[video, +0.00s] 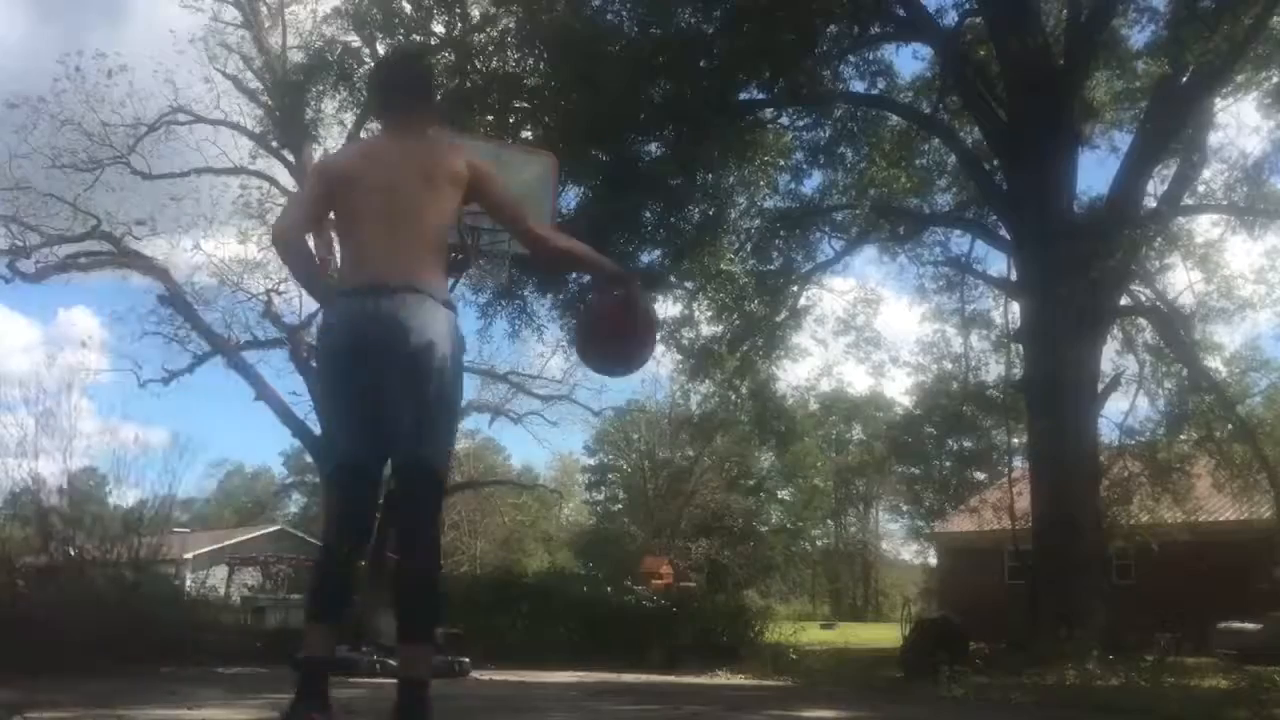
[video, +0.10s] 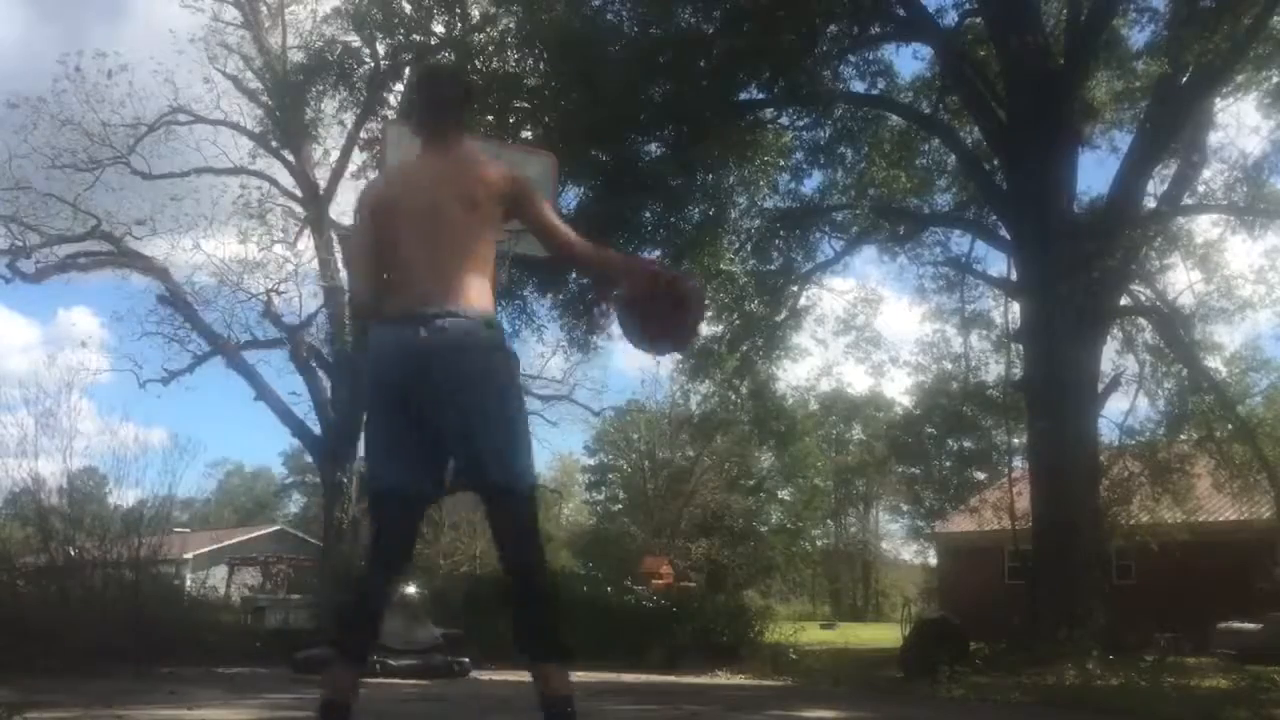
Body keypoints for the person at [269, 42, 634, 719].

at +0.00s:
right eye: (428, 99)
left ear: (374, 102)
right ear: (432, 100)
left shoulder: (335, 164)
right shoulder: (455, 157)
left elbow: (286, 234)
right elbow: (536, 236)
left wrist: (329, 297)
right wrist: (612, 268)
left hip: (346, 321)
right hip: (423, 323)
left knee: (344, 516)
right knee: (419, 512)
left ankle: (311, 691)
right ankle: (414, 694)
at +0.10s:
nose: (426, 120)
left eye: (420, 109)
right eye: (447, 108)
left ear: (412, 118)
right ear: (468, 113)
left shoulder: (379, 192)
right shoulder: (499, 175)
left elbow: (365, 296)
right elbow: (571, 247)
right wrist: (644, 271)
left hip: (393, 354)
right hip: (472, 350)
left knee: (388, 543)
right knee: (517, 531)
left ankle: (339, 692)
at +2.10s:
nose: (996, 74)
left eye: (999, 63)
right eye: (997, 63)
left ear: (1019, 66)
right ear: (1077, 68)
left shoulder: (1005, 147)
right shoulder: (1116, 156)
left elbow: (995, 277)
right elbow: (1116, 262)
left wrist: (970, 399)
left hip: (1060, 344)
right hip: (1133, 343)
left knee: (1091, 526)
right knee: (1078, 521)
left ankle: (1134, 697)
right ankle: (1055, 687)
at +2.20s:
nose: (1028, 68)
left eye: (1032, 57)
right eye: (1031, 58)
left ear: (1047, 57)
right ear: (1104, 61)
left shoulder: (1031, 133)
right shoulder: (1140, 142)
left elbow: (1020, 262)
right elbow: (1133, 247)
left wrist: (988, 375)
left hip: (1083, 341)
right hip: (1161, 341)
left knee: (1091, 537)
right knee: (1109, 534)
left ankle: (1129, 700)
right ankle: (1118, 694)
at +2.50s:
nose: (1094, 63)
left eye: (1097, 50)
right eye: (1097, 52)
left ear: (1116, 51)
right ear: (1177, 55)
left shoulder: (1077, 137)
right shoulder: (1215, 141)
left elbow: (1053, 261)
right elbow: (1198, 238)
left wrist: (1044, 331)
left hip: (1122, 347)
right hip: (1215, 341)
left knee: (1124, 547)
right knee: (1226, 544)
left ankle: (1149, 700)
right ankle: (1256, 702)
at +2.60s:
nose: (1112, 68)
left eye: (1116, 56)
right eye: (1117, 56)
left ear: (1127, 56)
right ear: (1188, 60)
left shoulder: (1091, 144)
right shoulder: (1233, 147)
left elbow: (1072, 269)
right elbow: (1225, 247)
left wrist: (1061, 348)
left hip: (1139, 350)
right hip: (1233, 345)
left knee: (1119, 539)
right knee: (1243, 543)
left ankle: (1137, 696)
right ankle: (1258, 701)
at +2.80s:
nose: (1124, 80)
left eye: (1127, 68)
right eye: (1130, 69)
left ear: (1136, 68)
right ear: (1197, 70)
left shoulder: (1097, 152)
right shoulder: (1243, 150)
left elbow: (1091, 284)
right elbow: (1268, 280)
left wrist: (1082, 404)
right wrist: (1269, 365)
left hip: (1140, 358)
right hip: (1236, 353)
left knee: (1140, 548)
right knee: (1244, 549)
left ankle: (1145, 701)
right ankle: (1260, 702)